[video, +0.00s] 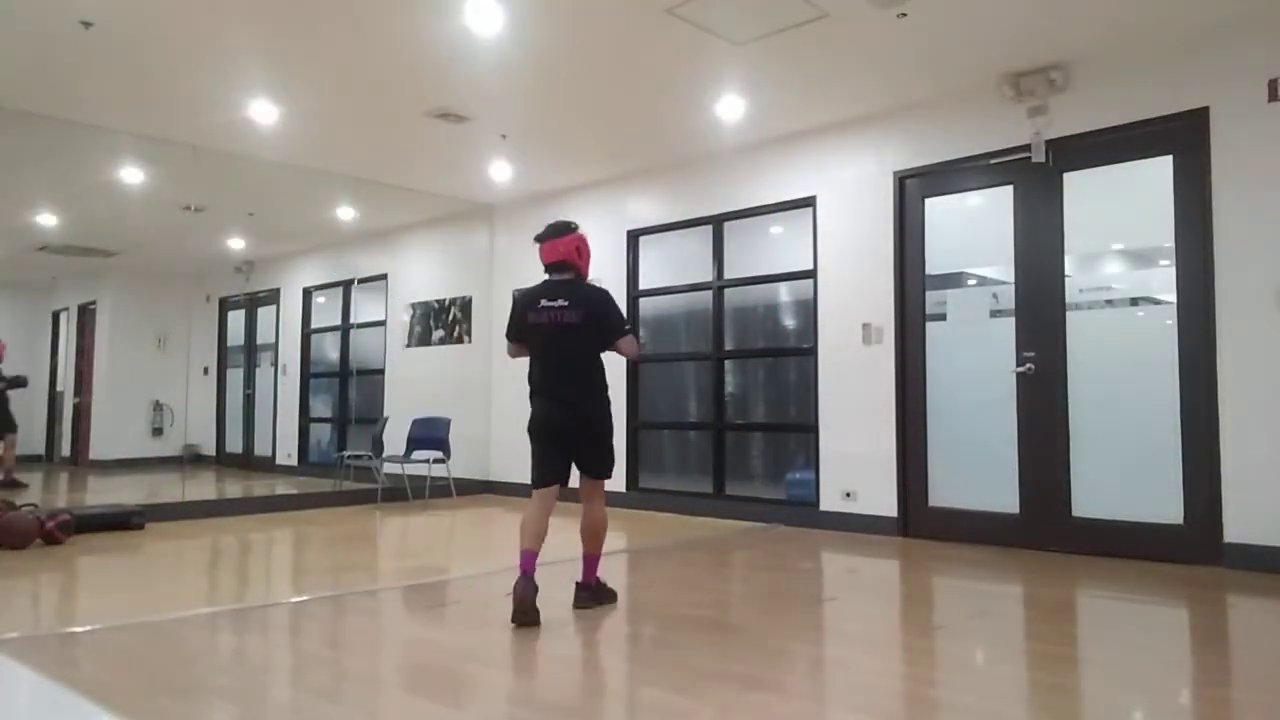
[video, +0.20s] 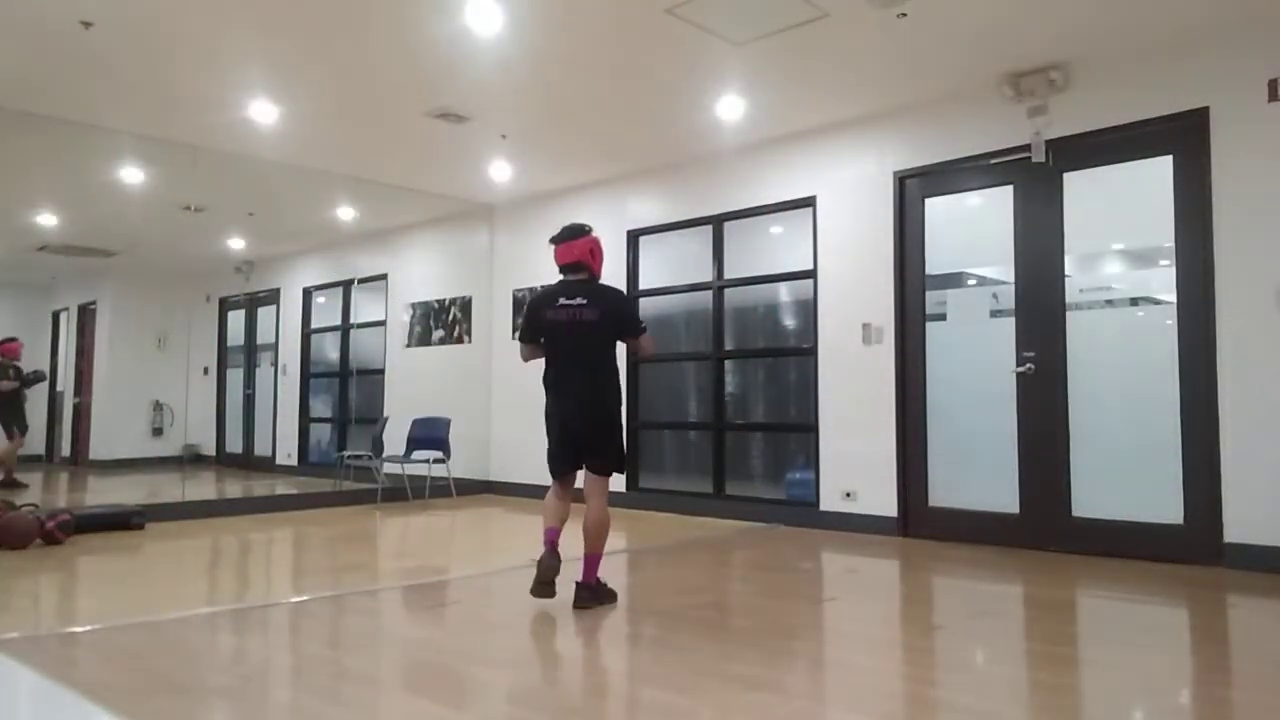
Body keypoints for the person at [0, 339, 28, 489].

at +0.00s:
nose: (4, 353)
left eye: (4, 350)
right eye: (3, 350)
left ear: (3, 352)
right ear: (2, 352)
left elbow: (2, 381)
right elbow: (3, 383)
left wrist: (13, 381)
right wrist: (14, 382)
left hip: (4, 407)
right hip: (3, 408)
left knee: (10, 435)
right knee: (10, 435)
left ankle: (8, 475)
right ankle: (7, 476)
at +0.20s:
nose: (20, 352)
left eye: (20, 349)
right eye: (17, 350)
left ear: (13, 352)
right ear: (9, 351)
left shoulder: (16, 369)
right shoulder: (2, 367)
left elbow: (19, 382)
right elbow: (3, 385)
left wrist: (30, 379)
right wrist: (20, 383)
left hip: (17, 407)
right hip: (4, 408)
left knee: (17, 441)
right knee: (14, 440)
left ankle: (8, 476)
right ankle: (6, 476)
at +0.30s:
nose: (27, 351)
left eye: (27, 348)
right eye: (24, 348)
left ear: (17, 351)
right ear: (17, 350)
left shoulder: (24, 368)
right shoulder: (7, 367)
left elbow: (27, 382)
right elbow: (6, 386)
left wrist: (37, 379)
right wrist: (26, 382)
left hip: (22, 407)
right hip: (11, 408)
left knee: (17, 440)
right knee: (25, 439)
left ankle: (10, 476)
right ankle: (12, 476)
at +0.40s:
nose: (35, 351)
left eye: (34, 348)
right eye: (32, 348)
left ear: (23, 351)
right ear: (24, 351)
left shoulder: (32, 369)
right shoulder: (13, 368)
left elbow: (41, 385)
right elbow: (10, 387)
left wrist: (52, 382)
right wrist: (29, 386)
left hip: (29, 409)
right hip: (20, 409)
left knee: (19, 445)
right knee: (27, 445)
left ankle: (8, 476)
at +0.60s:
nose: (48, 353)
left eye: (46, 350)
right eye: (44, 350)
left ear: (35, 354)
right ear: (37, 353)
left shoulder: (48, 370)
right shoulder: (27, 370)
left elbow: (51, 388)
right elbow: (19, 389)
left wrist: (62, 395)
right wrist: (35, 400)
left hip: (46, 411)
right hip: (36, 412)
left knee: (36, 444)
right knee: (49, 444)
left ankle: (12, 475)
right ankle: (49, 478)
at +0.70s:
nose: (54, 353)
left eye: (54, 350)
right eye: (51, 351)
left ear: (51, 352)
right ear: (42, 353)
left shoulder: (56, 370)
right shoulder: (34, 370)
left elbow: (60, 390)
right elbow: (26, 389)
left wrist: (67, 400)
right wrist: (42, 399)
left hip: (55, 410)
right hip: (42, 411)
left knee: (55, 446)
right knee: (52, 445)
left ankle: (24, 469)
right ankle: (49, 479)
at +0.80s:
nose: (62, 350)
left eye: (61, 348)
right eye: (58, 348)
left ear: (54, 351)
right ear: (50, 352)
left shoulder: (61, 368)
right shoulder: (42, 367)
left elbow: (64, 388)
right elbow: (35, 386)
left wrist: (72, 400)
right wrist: (49, 397)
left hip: (61, 408)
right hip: (48, 409)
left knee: (71, 439)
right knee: (52, 443)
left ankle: (44, 467)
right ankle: (49, 477)